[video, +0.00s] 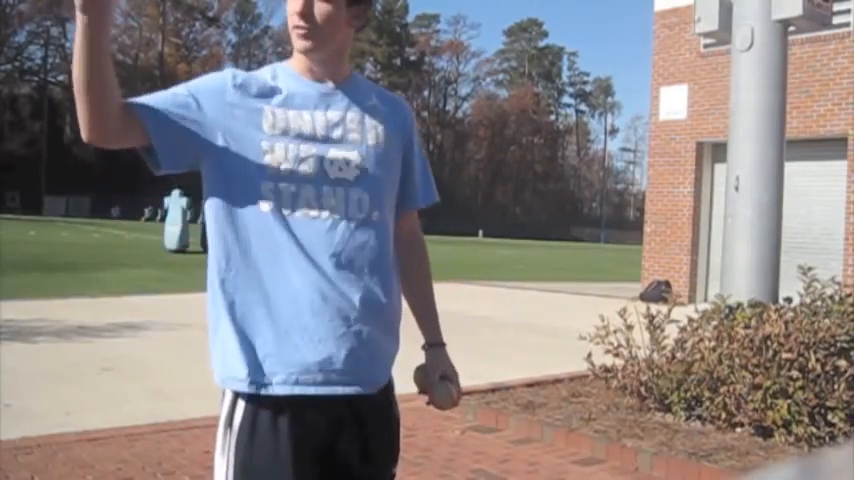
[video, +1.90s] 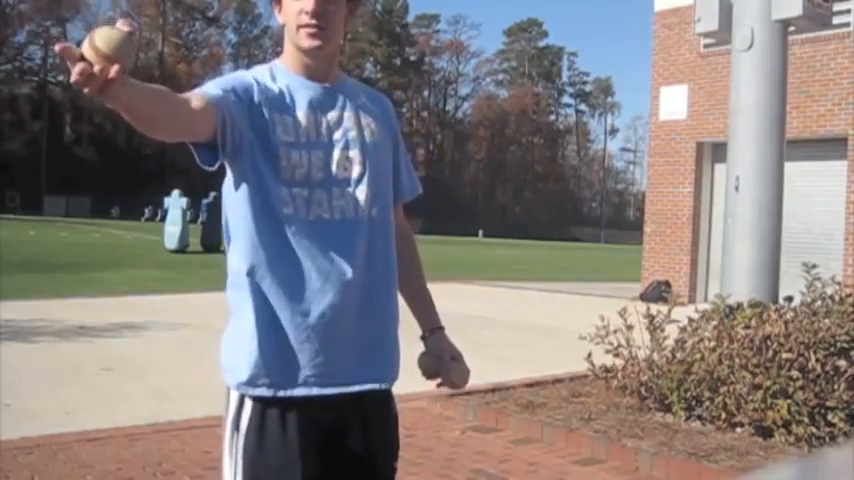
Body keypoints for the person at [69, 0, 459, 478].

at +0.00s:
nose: (302, 7)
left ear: (357, 13)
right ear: (285, 7)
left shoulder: (391, 115)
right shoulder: (228, 96)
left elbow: (407, 234)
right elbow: (103, 126)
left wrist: (434, 344)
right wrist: (91, 14)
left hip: (366, 394)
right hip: (265, 398)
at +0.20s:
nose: (301, 8)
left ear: (360, 15)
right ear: (286, 10)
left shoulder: (395, 115)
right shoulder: (230, 89)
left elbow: (414, 238)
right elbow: (105, 96)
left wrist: (450, 346)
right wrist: (36, 11)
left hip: (363, 395)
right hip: (262, 398)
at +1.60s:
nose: (314, 9)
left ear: (355, 13)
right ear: (280, 9)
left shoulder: (382, 113)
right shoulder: (248, 92)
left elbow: (402, 230)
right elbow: (171, 102)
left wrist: (439, 337)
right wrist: (94, 58)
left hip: (367, 383)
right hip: (272, 384)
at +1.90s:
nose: (314, 8)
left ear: (352, 13)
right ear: (280, 10)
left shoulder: (376, 109)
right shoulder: (249, 93)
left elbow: (395, 226)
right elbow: (183, 116)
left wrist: (433, 330)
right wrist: (118, 90)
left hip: (365, 384)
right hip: (275, 387)